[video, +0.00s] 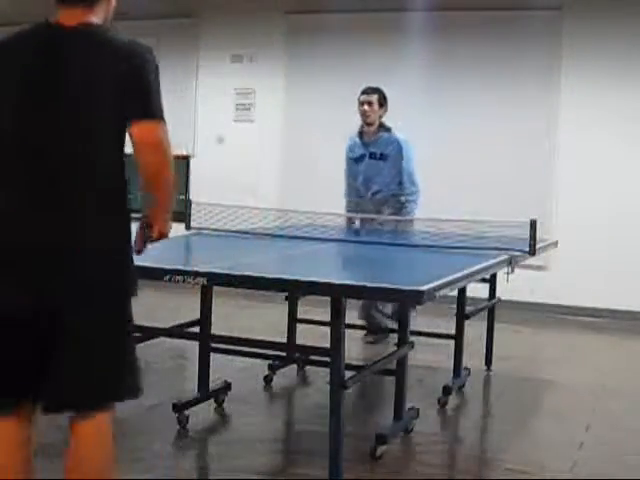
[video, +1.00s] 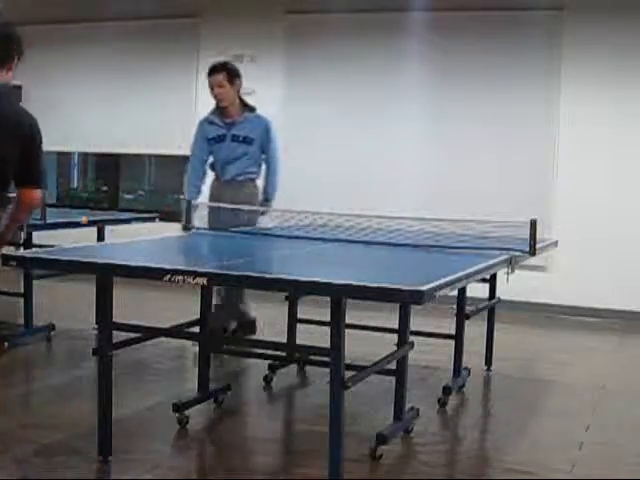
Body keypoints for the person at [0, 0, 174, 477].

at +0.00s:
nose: (114, 9)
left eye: (111, 6)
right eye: (114, 5)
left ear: (55, 3)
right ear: (108, 5)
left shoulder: (11, 49)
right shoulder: (125, 57)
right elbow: (150, 144)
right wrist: (159, 209)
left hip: (13, 252)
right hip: (90, 255)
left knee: (12, 408)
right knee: (92, 410)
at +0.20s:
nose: (101, 12)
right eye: (102, 8)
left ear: (40, 8)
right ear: (97, 8)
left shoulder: (8, 64)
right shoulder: (125, 74)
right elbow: (153, 162)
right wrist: (145, 221)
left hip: (10, 262)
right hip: (85, 266)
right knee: (84, 415)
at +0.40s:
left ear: (9, 21)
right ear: (63, 24)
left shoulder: (4, 85)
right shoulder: (98, 95)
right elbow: (135, 181)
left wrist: (109, 213)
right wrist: (109, 215)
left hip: (6, 273)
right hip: (69, 274)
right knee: (71, 404)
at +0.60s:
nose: (24, 49)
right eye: (24, 42)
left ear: (8, 47)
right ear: (20, 46)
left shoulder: (43, 108)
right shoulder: (43, 108)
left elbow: (79, 189)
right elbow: (80, 189)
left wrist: (45, 204)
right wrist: (43, 203)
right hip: (27, 257)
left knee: (45, 372)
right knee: (45, 370)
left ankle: (66, 466)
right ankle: (67, 468)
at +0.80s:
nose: (9, 47)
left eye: (6, 41)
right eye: (12, 41)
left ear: (3, 43)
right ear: (10, 44)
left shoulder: (29, 103)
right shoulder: (28, 103)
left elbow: (44, 184)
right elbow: (46, 184)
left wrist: (23, 200)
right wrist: (20, 201)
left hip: (8, 233)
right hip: (6, 235)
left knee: (12, 329)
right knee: (10, 329)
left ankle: (14, 420)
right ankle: (14, 420)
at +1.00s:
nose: (15, 69)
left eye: (15, 64)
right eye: (17, 64)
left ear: (9, 64)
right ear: (12, 63)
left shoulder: (20, 120)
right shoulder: (19, 120)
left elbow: (30, 197)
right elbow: (31, 196)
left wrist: (8, 232)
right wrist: (8, 232)